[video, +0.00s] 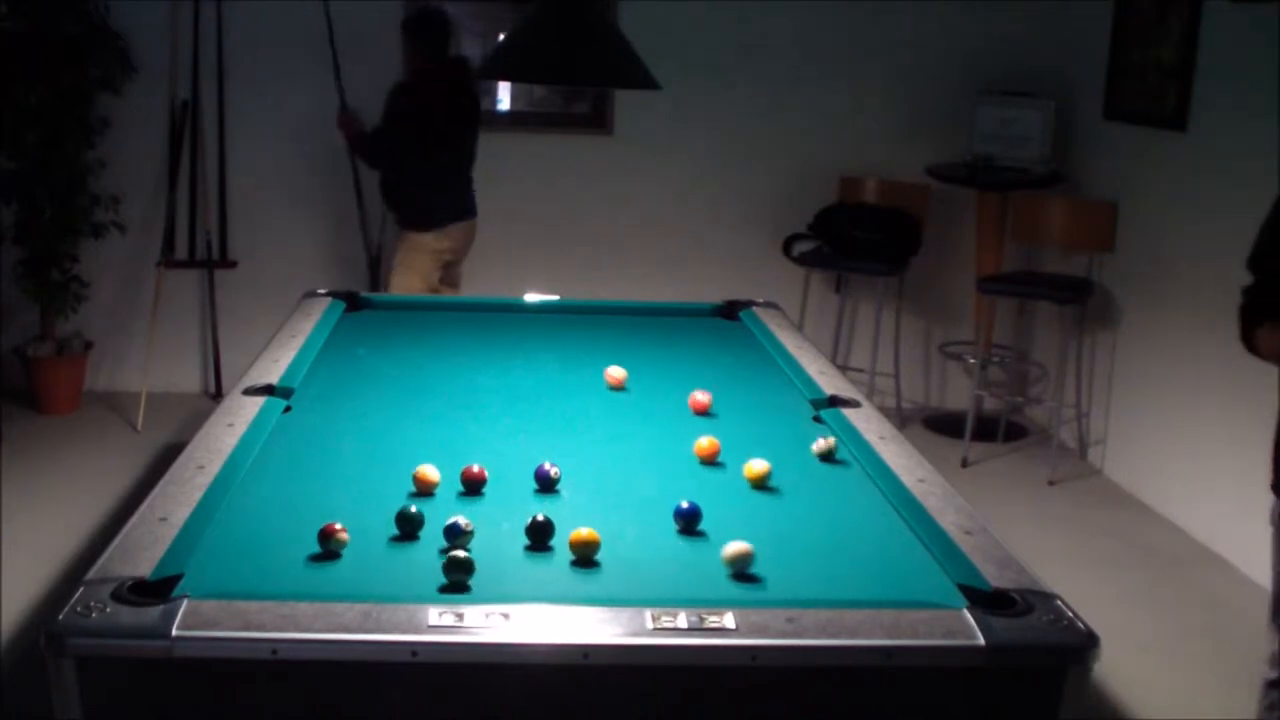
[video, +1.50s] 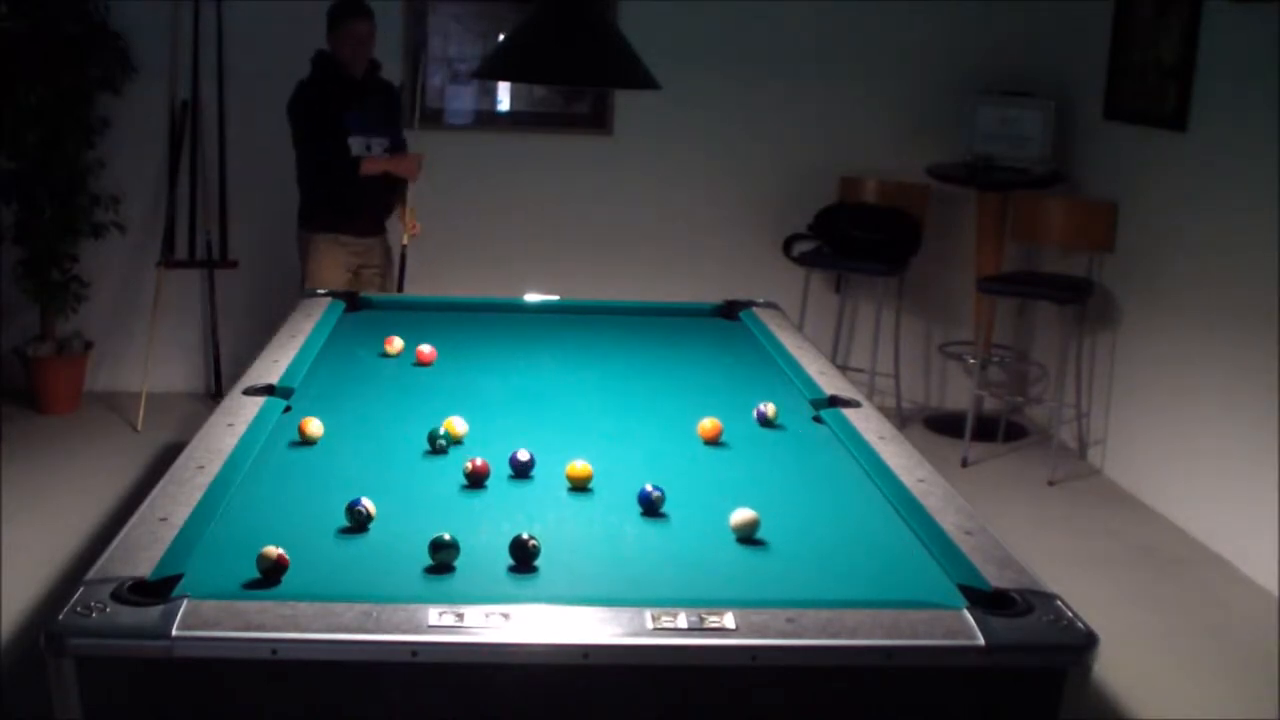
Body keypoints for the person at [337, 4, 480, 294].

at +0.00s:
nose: (404, 49)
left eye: (408, 40)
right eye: (408, 39)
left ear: (411, 43)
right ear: (446, 40)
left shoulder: (410, 92)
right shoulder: (463, 85)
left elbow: (384, 158)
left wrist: (355, 135)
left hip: (427, 226)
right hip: (460, 219)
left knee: (404, 316)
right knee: (443, 316)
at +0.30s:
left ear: (403, 36)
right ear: (442, 39)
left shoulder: (379, 85)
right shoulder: (453, 87)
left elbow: (347, 153)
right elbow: (449, 150)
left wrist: (345, 171)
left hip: (388, 216)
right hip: (439, 217)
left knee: (381, 314)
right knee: (435, 313)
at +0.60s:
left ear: (353, 37)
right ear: (392, 38)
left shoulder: (329, 91)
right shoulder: (409, 87)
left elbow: (325, 154)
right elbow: (436, 158)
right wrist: (403, 173)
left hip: (346, 219)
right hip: (398, 221)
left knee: (350, 317)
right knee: (414, 314)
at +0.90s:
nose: (384, 42)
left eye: (382, 33)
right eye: (380, 34)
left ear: (342, 34)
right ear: (369, 36)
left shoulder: (323, 74)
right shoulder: (365, 79)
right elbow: (378, 140)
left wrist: (410, 157)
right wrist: (419, 157)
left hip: (328, 214)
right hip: (362, 218)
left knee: (343, 313)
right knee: (376, 314)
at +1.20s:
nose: (379, 45)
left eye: (381, 36)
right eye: (371, 36)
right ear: (352, 35)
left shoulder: (358, 76)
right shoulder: (339, 75)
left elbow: (357, 155)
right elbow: (347, 156)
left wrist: (377, 211)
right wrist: (401, 170)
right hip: (340, 223)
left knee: (343, 321)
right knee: (338, 319)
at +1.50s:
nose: (361, 46)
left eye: (366, 37)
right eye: (352, 37)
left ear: (374, 39)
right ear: (333, 39)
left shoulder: (384, 92)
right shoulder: (311, 92)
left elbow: (396, 158)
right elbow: (322, 166)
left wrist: (403, 210)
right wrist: (388, 164)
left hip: (373, 231)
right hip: (327, 232)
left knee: (373, 332)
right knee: (326, 331)